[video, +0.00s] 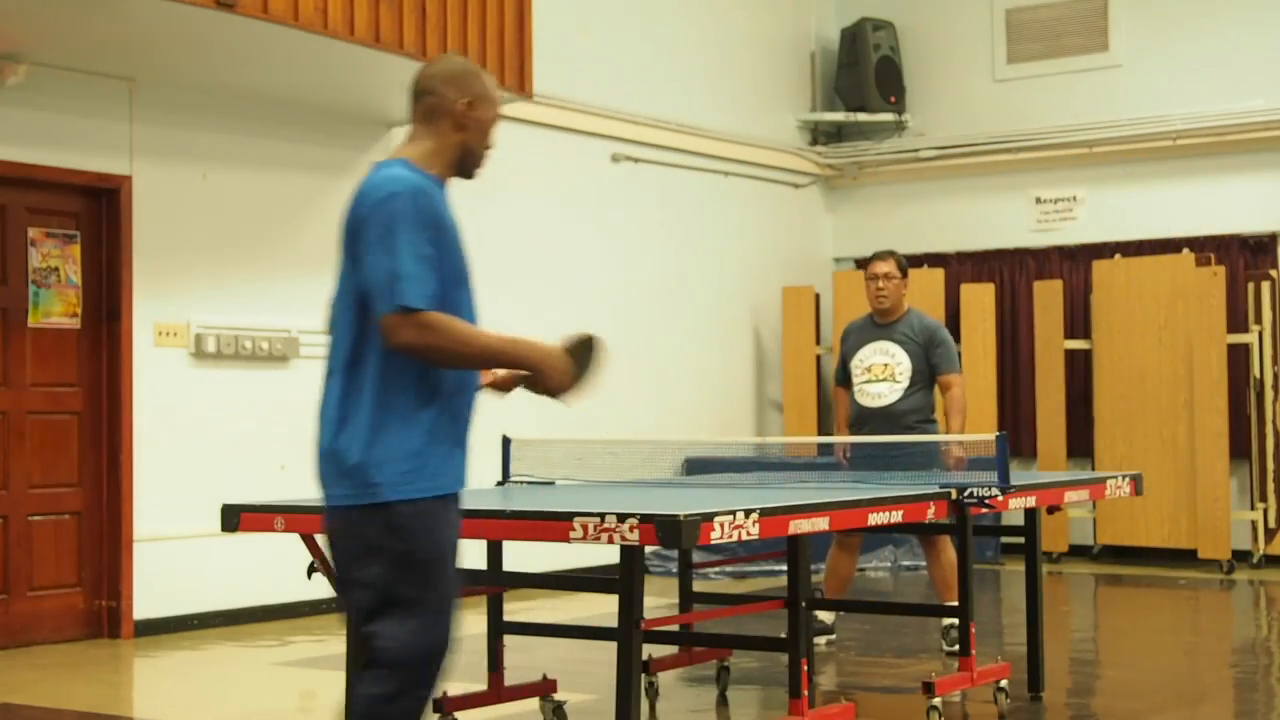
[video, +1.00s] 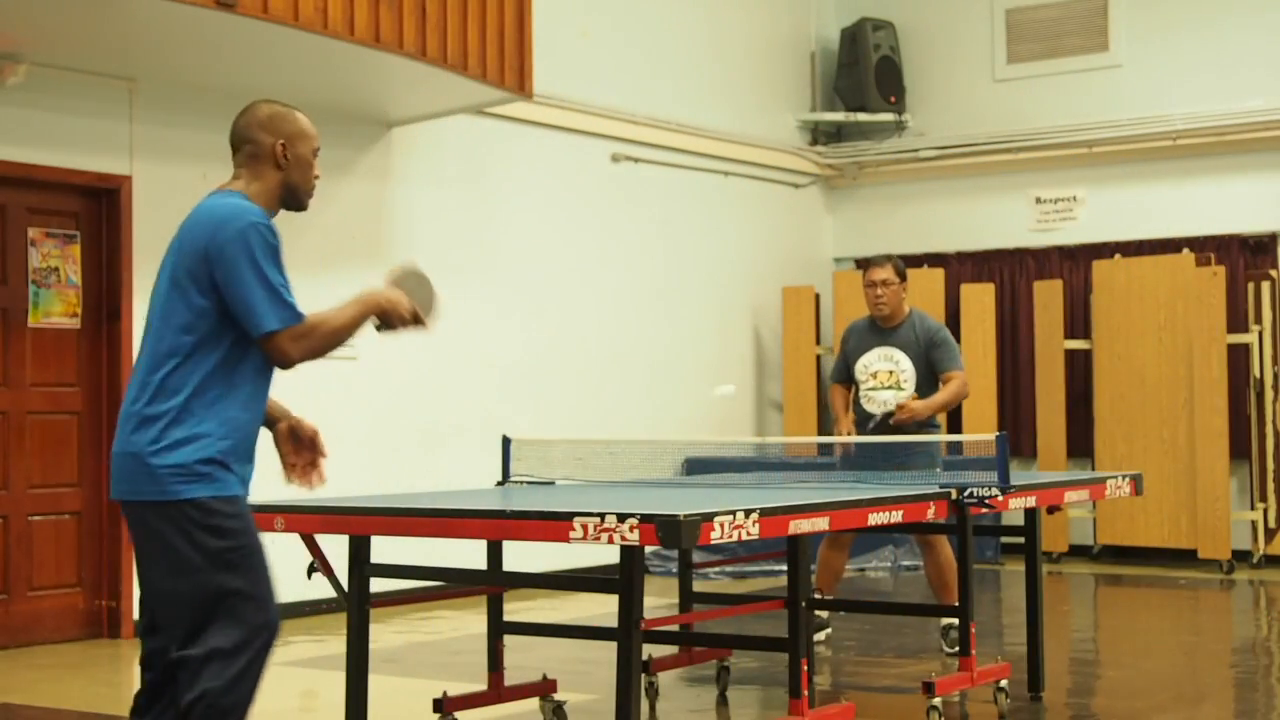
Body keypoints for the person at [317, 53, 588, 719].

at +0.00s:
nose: (493, 138)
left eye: (496, 123)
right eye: (492, 121)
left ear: (440, 112)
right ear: (458, 111)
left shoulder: (406, 191)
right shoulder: (400, 191)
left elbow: (399, 329)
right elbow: (405, 324)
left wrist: (479, 367)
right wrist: (532, 352)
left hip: (403, 478)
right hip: (392, 481)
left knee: (394, 664)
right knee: (400, 665)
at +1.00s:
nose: (318, 171)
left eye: (319, 157)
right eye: (313, 155)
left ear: (259, 155)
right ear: (276, 152)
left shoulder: (212, 219)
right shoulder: (238, 223)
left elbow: (202, 356)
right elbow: (290, 344)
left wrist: (278, 418)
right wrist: (371, 303)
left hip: (160, 466)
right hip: (188, 470)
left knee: (176, 638)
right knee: (248, 622)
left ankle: (157, 715)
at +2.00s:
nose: (412, 211)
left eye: (410, 197)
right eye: (401, 197)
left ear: (351, 199)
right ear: (360, 199)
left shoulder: (255, 238)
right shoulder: (334, 287)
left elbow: (193, 321)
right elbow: (380, 402)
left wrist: (306, 367)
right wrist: (471, 350)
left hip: (168, 471)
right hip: (237, 481)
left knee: (180, 647)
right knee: (303, 650)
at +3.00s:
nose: (399, 211)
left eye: (398, 199)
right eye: (393, 198)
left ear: (330, 198)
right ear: (357, 201)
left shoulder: (240, 243)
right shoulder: (348, 287)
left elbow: (202, 337)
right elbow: (408, 384)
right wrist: (451, 320)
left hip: (154, 475)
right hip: (226, 489)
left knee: (172, 637)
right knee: (301, 645)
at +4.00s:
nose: (319, 197)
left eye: (319, 185)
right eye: (315, 184)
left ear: (247, 182)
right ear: (286, 185)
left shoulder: (170, 238)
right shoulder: (283, 261)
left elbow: (180, 328)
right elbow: (329, 369)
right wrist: (343, 305)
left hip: (117, 474)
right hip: (199, 481)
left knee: (145, 632)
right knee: (275, 637)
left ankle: (127, 717)